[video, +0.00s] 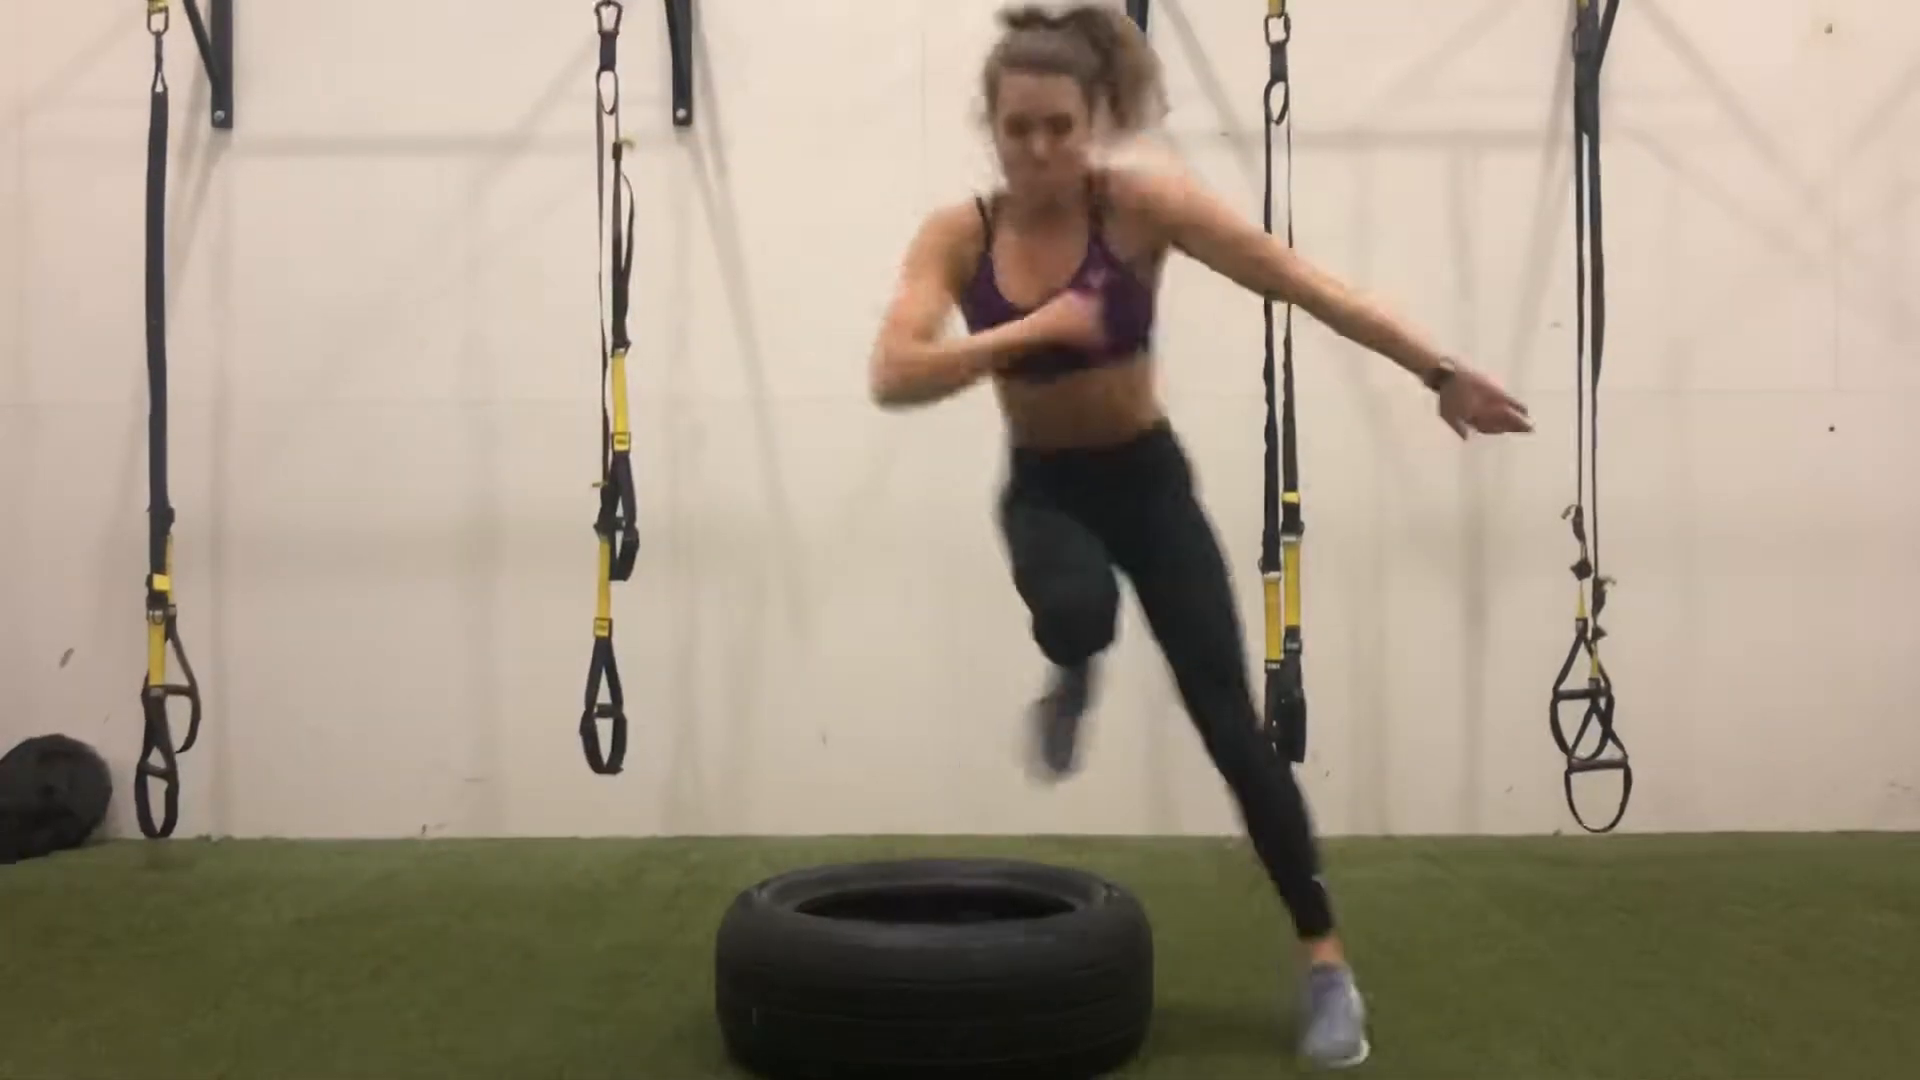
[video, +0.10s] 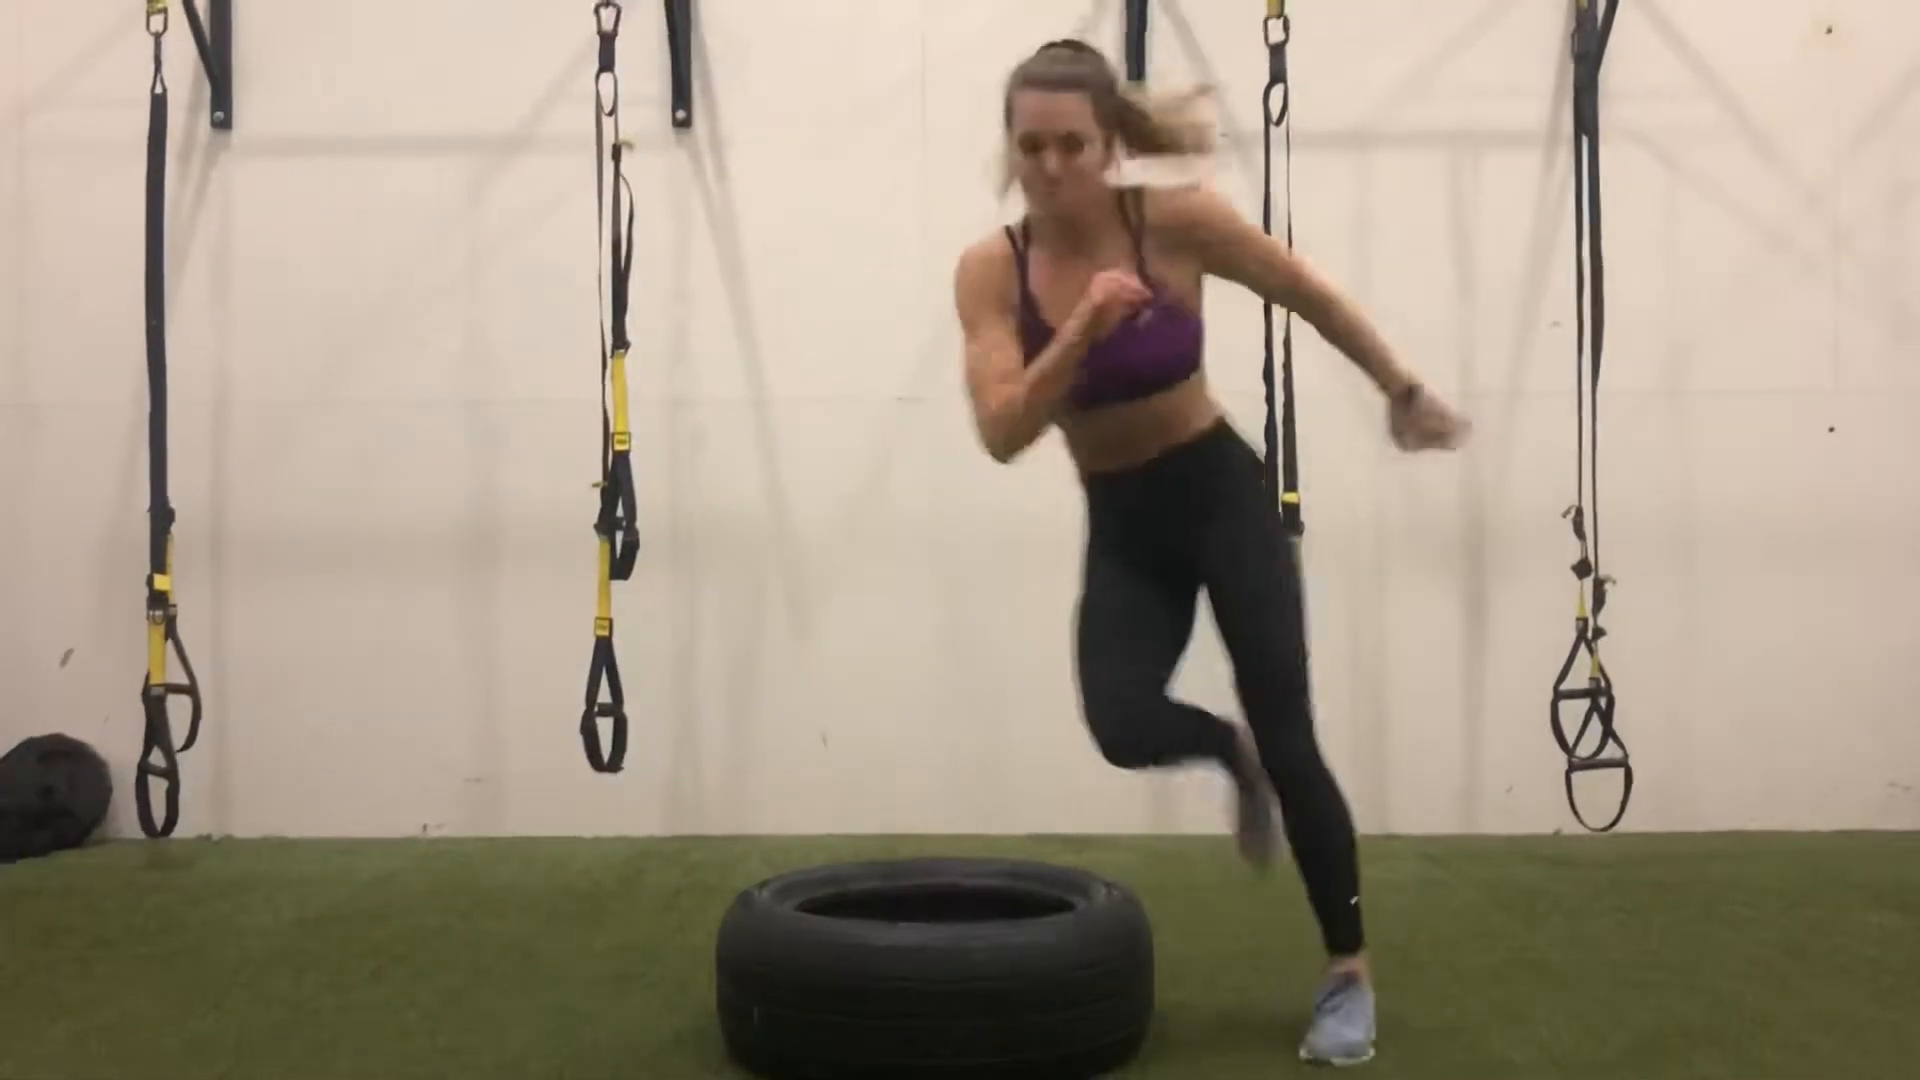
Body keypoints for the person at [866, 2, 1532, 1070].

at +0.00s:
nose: (1034, 149)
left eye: (1056, 127)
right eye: (1016, 127)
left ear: (1098, 123)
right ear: (991, 123)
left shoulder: (1145, 205)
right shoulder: (960, 231)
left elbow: (1303, 286)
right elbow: (893, 377)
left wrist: (1441, 371)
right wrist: (1032, 330)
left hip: (1145, 477)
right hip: (1043, 486)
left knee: (1230, 730)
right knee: (1077, 620)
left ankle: (1325, 960)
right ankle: (1070, 682)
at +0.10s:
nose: (1051, 165)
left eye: (1070, 145)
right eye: (1032, 146)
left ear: (1113, 142)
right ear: (1011, 147)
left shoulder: (1181, 222)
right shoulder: (992, 268)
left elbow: (1307, 293)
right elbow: (1000, 431)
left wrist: (1401, 388)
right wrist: (1075, 335)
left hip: (1222, 494)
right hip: (1121, 518)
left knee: (1285, 744)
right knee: (1122, 729)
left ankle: (1348, 971)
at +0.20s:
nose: (1062, 148)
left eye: (1085, 124)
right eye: (1045, 128)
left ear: (1135, 121)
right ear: (1027, 131)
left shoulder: (1205, 207)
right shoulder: (1017, 259)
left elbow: (1282, 315)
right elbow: (1017, 395)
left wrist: (1302, 435)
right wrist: (1067, 428)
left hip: (1246, 482)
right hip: (1150, 506)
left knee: (1289, 734)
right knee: (1207, 752)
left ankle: (1347, 963)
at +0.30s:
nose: (1077, 174)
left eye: (1098, 151)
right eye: (1061, 153)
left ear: (1149, 143)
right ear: (1043, 150)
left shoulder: (1218, 224)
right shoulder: (1034, 271)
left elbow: (1307, 321)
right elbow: (981, 391)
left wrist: (1317, 453)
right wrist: (978, 485)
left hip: (1256, 489)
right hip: (1158, 517)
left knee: (1230, 727)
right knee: (1231, 749)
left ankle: (1348, 938)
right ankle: (1400, 919)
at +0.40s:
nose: (1076, 234)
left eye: (1097, 213)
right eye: (1061, 214)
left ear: (1148, 208)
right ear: (1045, 212)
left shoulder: (1211, 286)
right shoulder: (1038, 322)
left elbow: (1347, 339)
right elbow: (943, 393)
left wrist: (1412, 438)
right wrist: (891, 419)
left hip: (1256, 541)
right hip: (1173, 562)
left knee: (1087, 649)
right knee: (1264, 791)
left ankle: (1269, 802)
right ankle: (1433, 945)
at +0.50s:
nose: (1028, 197)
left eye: (1050, 175)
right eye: (1013, 175)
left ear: (1102, 175)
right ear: (998, 174)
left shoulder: (1146, 252)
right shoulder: (982, 263)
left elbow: (1301, 255)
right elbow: (830, 329)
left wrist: (1397, 322)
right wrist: (887, 256)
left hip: (1177, 506)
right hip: (1106, 524)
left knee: (969, 569)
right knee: (1240, 756)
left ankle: (1070, 789)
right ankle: (1414, 928)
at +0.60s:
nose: (982, 139)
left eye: (1006, 118)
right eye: (969, 116)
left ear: (1054, 119)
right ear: (950, 112)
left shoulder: (1094, 207)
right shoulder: (918, 198)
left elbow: (1213, 244)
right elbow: (834, 330)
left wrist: (1296, 321)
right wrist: (893, 242)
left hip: (1095, 483)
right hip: (1036, 495)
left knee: (914, 654)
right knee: (1138, 730)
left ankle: (988, 882)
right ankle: (1332, 843)